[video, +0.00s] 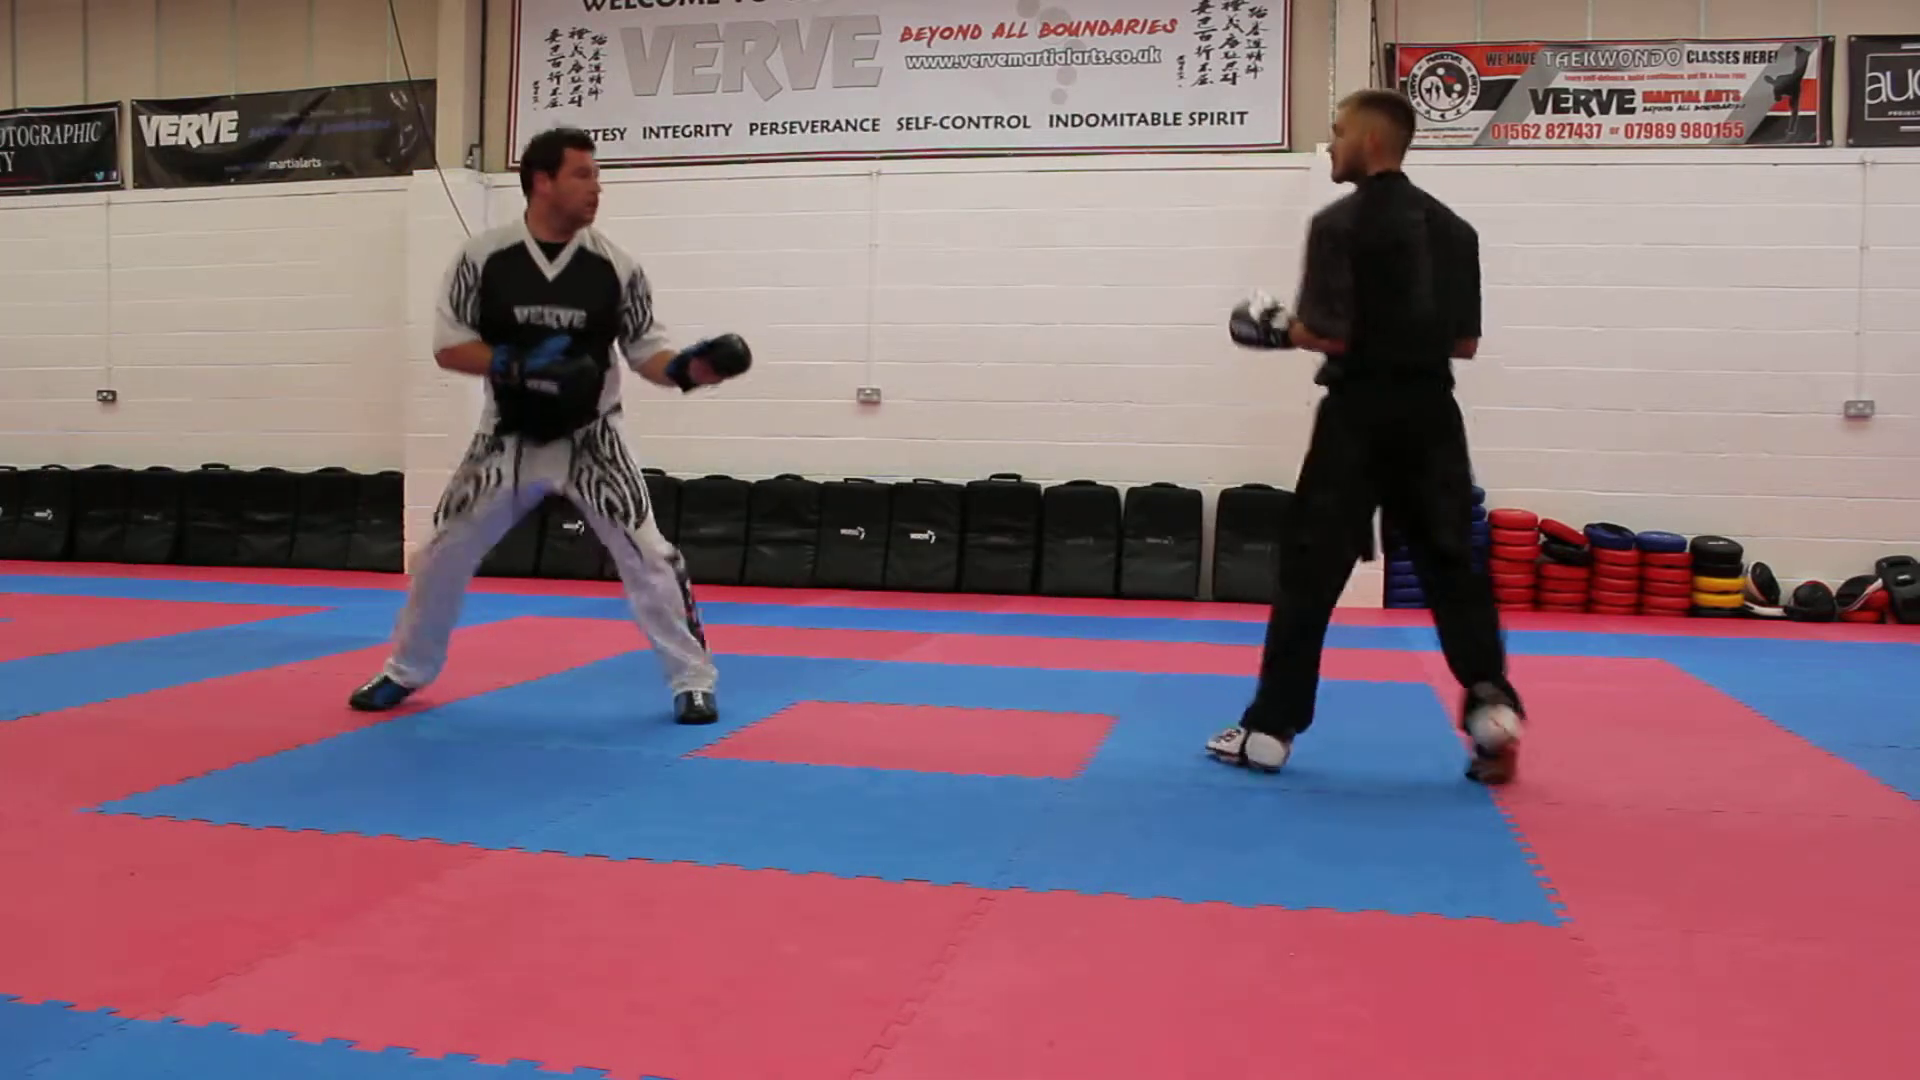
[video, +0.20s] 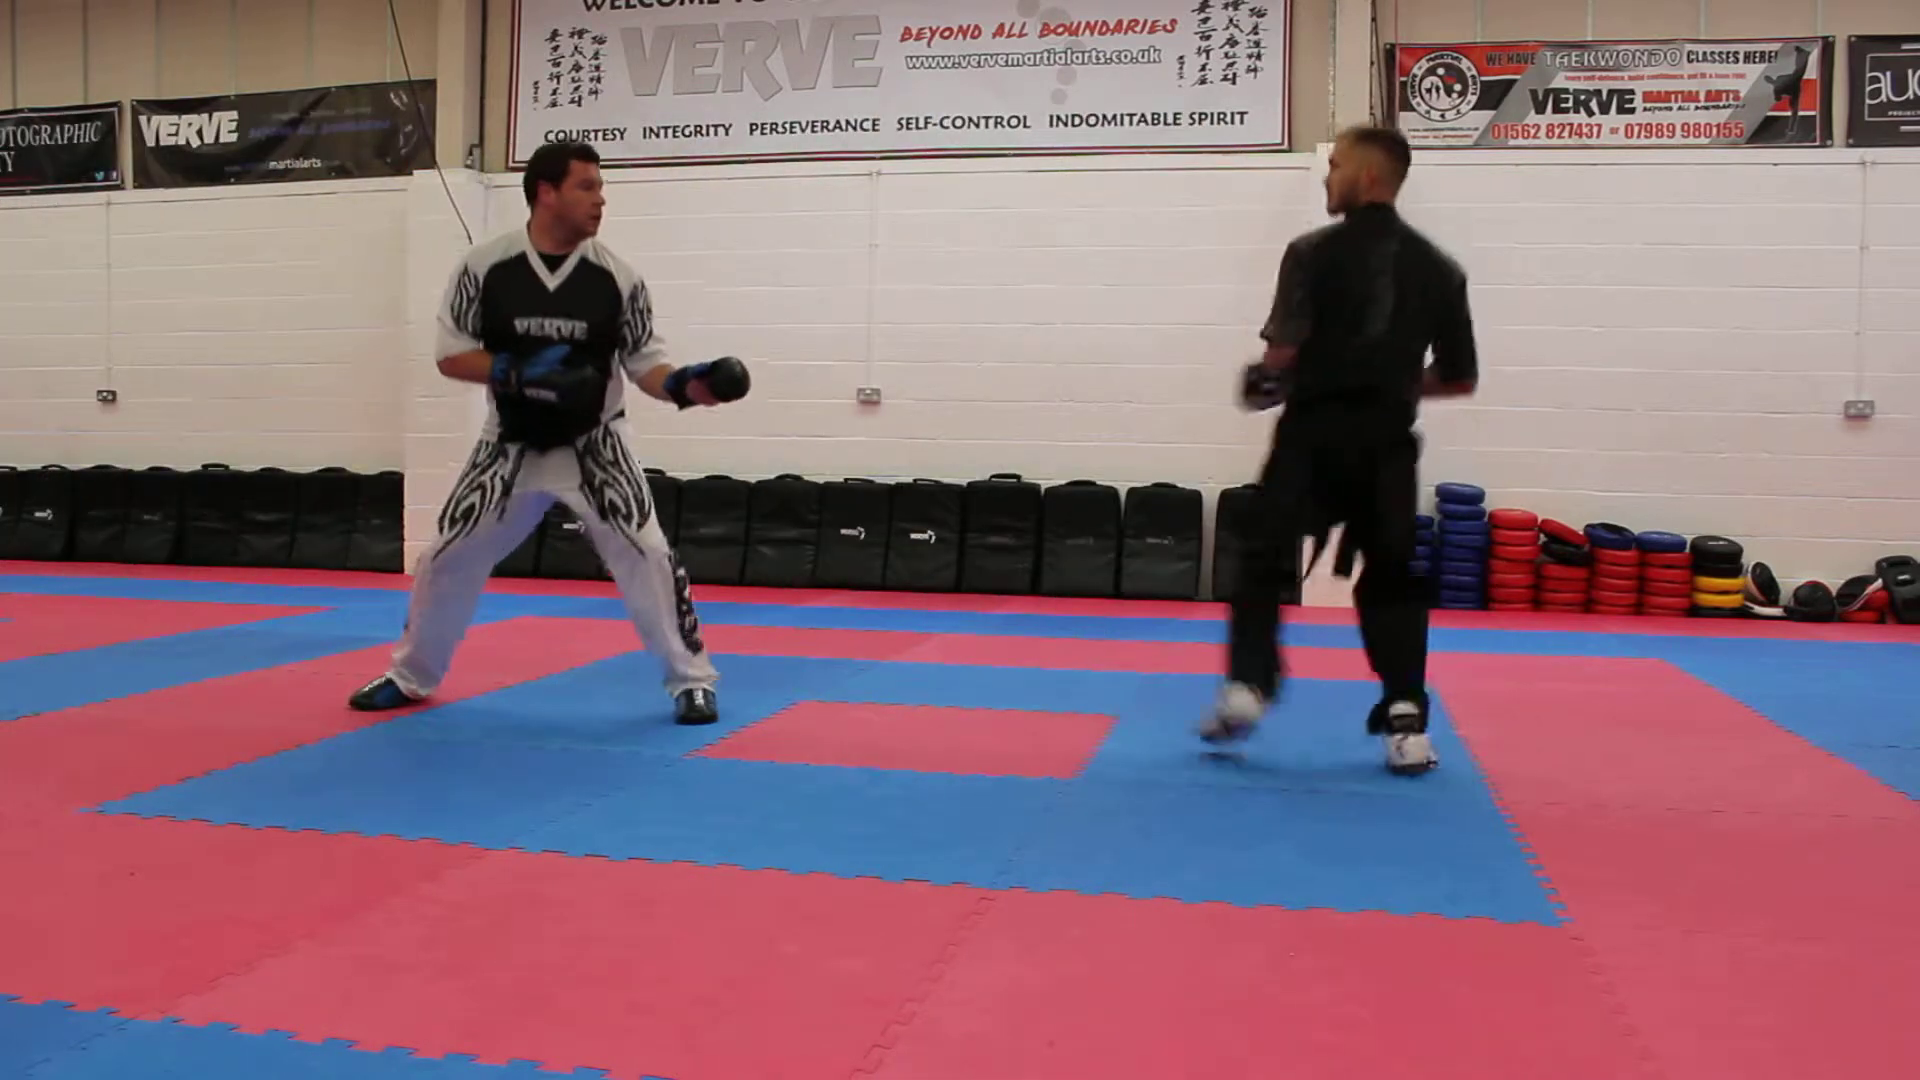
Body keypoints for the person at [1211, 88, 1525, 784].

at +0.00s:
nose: (1329, 146)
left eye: (1338, 134)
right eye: (1333, 134)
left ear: (1370, 142)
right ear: (1395, 145)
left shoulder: (1339, 225)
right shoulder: (1453, 230)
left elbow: (1328, 336)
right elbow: (1464, 342)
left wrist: (1276, 327)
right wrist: (1382, 327)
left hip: (1353, 426)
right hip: (1431, 423)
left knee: (1309, 575)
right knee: (1452, 563)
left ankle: (1270, 731)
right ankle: (1490, 699)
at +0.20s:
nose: (1325, 178)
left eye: (1333, 167)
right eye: (1329, 166)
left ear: (1365, 174)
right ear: (1388, 179)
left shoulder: (1313, 253)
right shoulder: (1437, 267)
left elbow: (1282, 354)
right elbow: (1458, 375)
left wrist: (1263, 377)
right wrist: (1393, 383)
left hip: (1310, 442)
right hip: (1387, 447)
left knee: (1264, 551)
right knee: (1390, 573)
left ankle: (1249, 683)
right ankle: (1405, 720)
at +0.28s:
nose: (1317, 184)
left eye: (1327, 173)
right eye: (1321, 172)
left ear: (1363, 181)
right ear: (1377, 185)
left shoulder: (1309, 248)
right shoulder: (1417, 270)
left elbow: (1271, 311)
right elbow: (1422, 375)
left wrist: (1222, 334)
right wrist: (1362, 357)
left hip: (1274, 428)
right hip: (1348, 443)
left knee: (1219, 524)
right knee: (1374, 579)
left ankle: (1188, 611)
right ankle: (1401, 726)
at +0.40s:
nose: (1270, 149)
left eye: (1280, 138)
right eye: (1274, 137)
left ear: (1308, 145)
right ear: (1330, 150)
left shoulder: (1276, 209)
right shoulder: (1365, 234)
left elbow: (1187, 235)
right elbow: (1352, 344)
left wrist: (1119, 216)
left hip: (1218, 372)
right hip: (1282, 405)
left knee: (1132, 389)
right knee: (1310, 552)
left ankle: (1083, 474)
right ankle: (1348, 708)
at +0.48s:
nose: (1222, 146)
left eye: (1231, 134)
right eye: (1227, 133)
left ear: (1257, 142)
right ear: (1287, 147)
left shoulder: (1222, 202)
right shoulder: (1327, 229)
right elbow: (1320, 342)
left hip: (1185, 356)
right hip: (1249, 396)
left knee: (1092, 342)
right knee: (1247, 539)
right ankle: (1253, 704)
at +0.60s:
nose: (1176, 163)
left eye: (1184, 151)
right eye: (1179, 150)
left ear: (1204, 155)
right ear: (1238, 158)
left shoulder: (1175, 214)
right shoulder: (1284, 250)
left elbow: (1100, 247)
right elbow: (1277, 356)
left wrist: (1065, 242)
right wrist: (1212, 336)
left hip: (1124, 371)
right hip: (1189, 415)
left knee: (1014, 400)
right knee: (1176, 554)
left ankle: (907, 443)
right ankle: (1214, 702)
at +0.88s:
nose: (954, 188)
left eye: (960, 178)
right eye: (959, 177)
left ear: (972, 184)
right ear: (1001, 186)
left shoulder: (941, 252)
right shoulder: (1048, 258)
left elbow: (844, 266)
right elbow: (1088, 351)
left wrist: (852, 223)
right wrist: (1026, 311)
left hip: (977, 450)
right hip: (1051, 451)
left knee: (923, 571)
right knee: (1111, 569)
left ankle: (895, 707)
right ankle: (1198, 695)